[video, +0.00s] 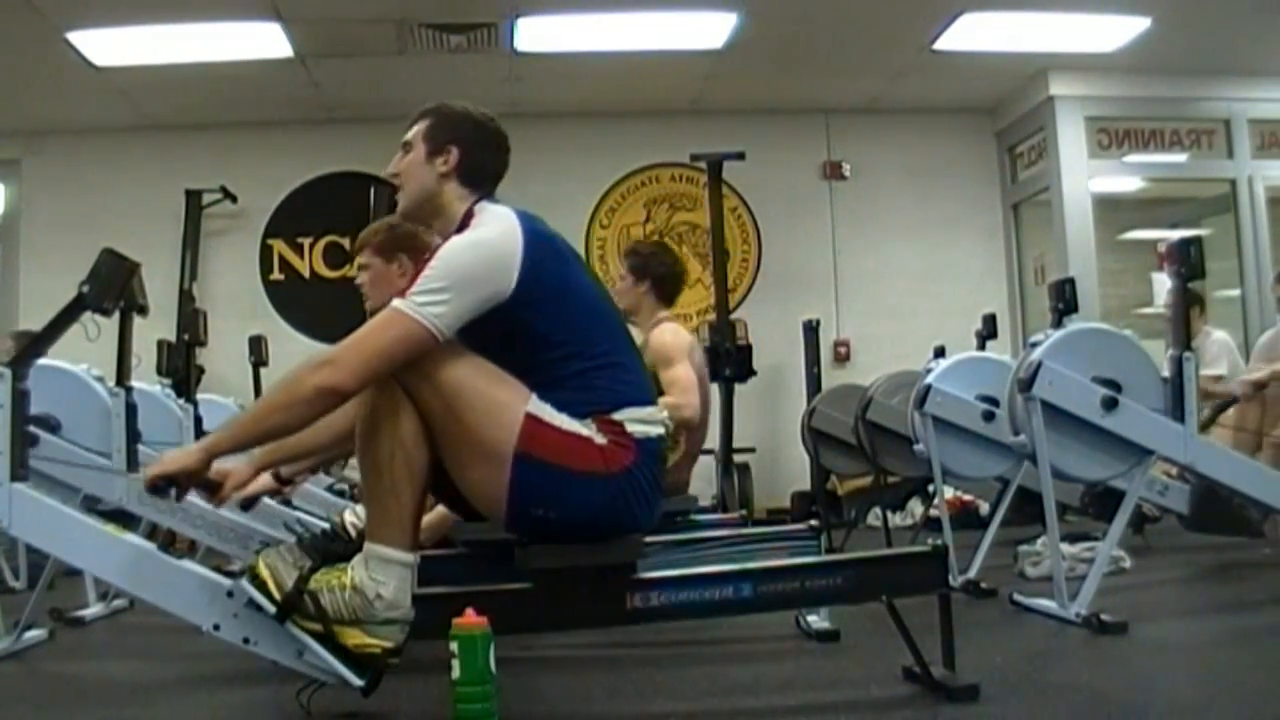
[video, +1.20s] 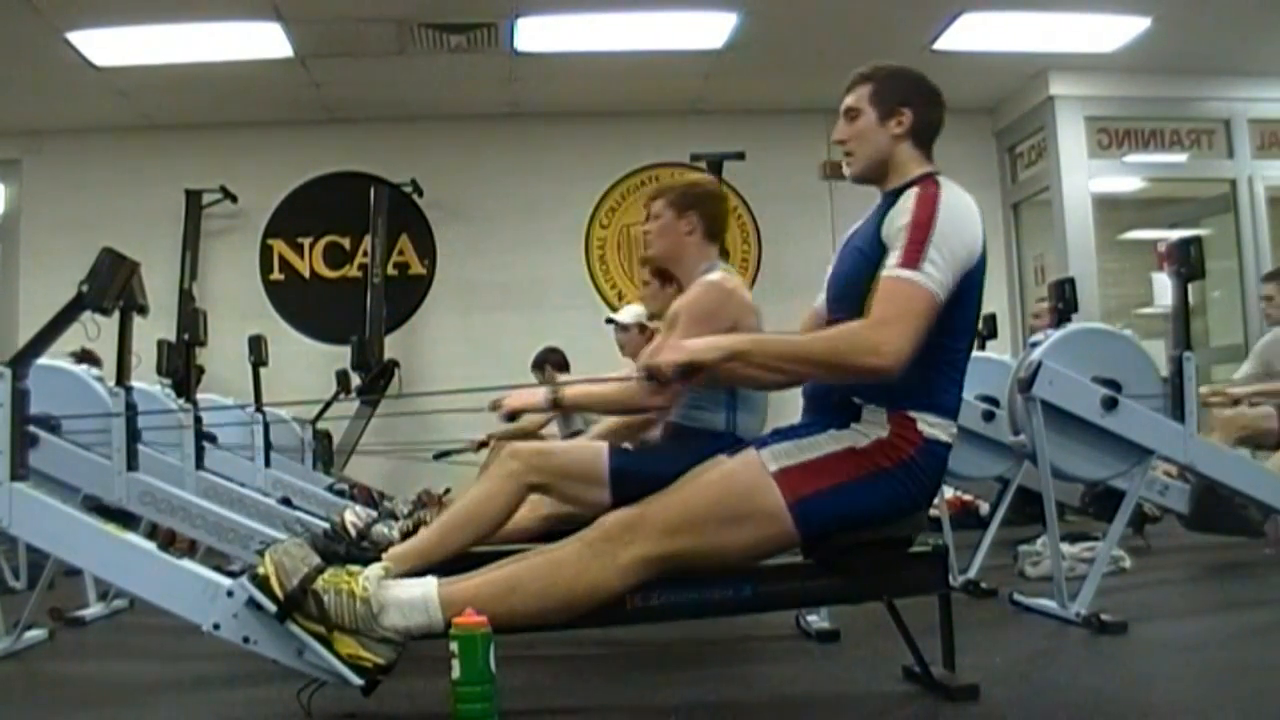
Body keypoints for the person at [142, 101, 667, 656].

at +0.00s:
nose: (392, 172)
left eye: (405, 154)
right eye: (398, 155)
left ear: (447, 162)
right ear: (454, 168)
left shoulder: (489, 241)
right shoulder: (479, 244)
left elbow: (336, 379)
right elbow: (370, 401)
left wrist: (205, 448)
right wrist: (261, 466)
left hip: (604, 471)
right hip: (581, 464)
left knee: (403, 361)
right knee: (398, 364)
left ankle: (381, 591)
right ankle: (378, 572)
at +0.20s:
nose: (452, 151)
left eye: (470, 136)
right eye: (459, 137)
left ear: (513, 148)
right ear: (510, 153)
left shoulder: (547, 229)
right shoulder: (510, 243)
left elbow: (396, 376)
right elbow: (397, 375)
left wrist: (257, 433)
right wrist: (279, 447)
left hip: (645, 469)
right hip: (609, 464)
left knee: (428, 358)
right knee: (416, 359)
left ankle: (386, 589)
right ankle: (378, 568)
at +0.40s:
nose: (543, 138)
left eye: (561, 123)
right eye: (550, 124)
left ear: (606, 140)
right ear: (598, 144)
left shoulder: (639, 225)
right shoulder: (603, 235)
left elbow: (502, 373)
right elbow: (500, 357)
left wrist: (345, 425)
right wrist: (369, 412)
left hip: (716, 458)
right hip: (674, 448)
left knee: (489, 362)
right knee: (474, 336)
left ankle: (391, 594)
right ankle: (389, 571)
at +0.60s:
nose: (636, 134)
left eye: (654, 117)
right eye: (641, 120)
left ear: (700, 131)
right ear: (690, 135)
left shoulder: (738, 219)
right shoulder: (702, 227)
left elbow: (594, 348)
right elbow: (591, 345)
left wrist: (441, 389)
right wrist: (446, 394)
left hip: (797, 448)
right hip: (754, 440)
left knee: (542, 414)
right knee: (527, 418)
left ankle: (388, 609)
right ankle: (386, 598)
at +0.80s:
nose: (724, 134)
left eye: (739, 117)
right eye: (730, 121)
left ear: (788, 126)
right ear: (784, 131)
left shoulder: (827, 211)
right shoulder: (790, 218)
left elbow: (688, 333)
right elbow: (680, 329)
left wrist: (530, 372)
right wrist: (541, 386)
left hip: (860, 446)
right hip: (822, 439)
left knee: (594, 457)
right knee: (583, 460)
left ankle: (396, 610)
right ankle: (390, 592)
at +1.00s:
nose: (799, 133)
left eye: (814, 117)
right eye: (802, 119)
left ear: (864, 125)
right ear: (846, 129)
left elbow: (783, 335)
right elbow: (753, 340)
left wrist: (621, 361)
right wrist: (619, 374)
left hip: (888, 444)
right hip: (837, 437)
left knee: (637, 507)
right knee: (617, 501)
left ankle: (400, 610)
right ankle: (398, 600)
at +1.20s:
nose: (838, 137)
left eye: (850, 119)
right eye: (839, 122)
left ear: (900, 124)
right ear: (887, 127)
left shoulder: (933, 204)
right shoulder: (882, 221)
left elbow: (883, 347)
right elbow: (816, 342)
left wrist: (721, 355)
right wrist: (700, 354)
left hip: (886, 437)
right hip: (847, 432)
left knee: (635, 536)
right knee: (623, 530)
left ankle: (397, 610)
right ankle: (401, 604)